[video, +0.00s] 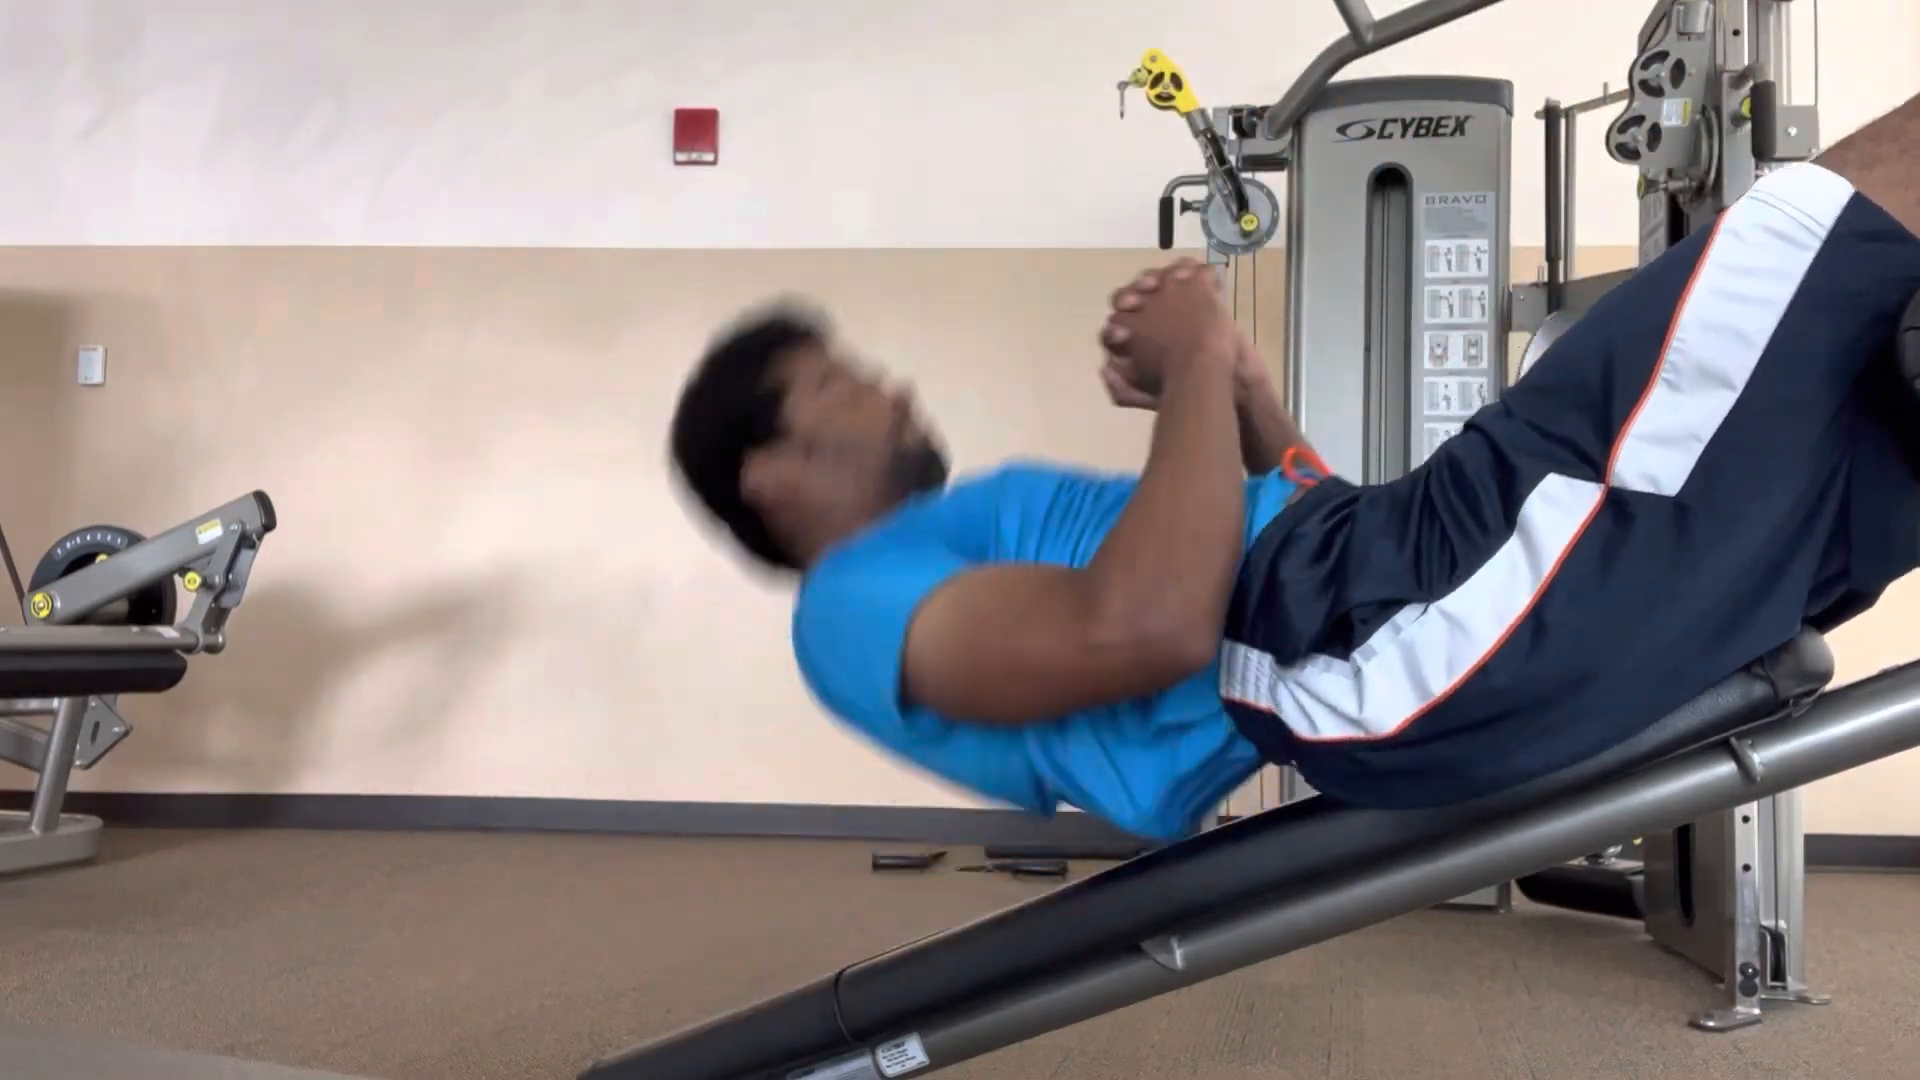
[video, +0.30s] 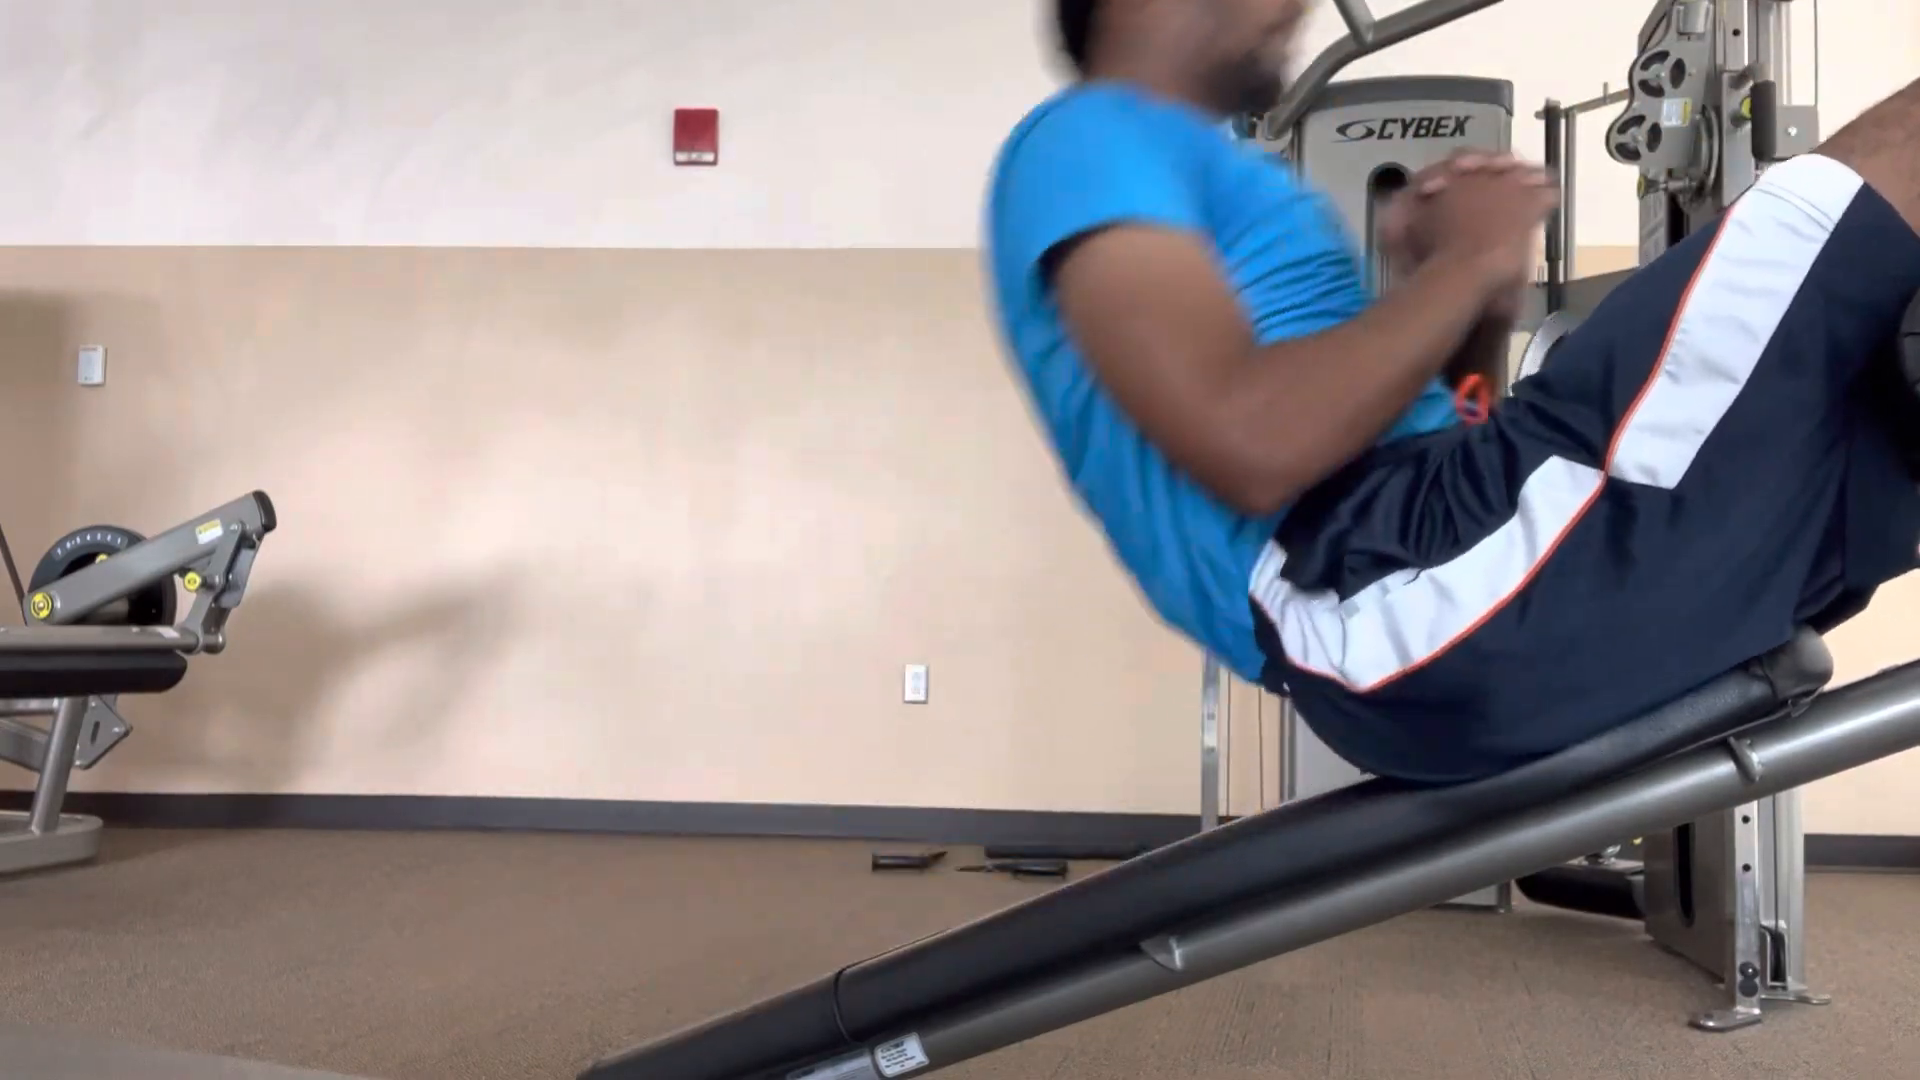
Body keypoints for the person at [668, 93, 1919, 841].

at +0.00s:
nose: (882, 380)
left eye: (859, 363)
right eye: (829, 379)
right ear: (767, 479)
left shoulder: (997, 534)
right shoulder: (849, 601)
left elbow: (1298, 541)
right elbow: (1139, 628)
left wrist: (1227, 376)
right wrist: (1202, 363)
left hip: (1402, 593)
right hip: (1360, 649)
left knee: (1883, 420)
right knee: (1882, 157)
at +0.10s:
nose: (980, 226)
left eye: (961, 200)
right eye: (934, 208)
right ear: (839, 280)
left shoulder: (1035, 404)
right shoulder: (866, 433)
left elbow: (1312, 531)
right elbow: (1120, 602)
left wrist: (1281, 384)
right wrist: (1248, 347)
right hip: (1366, 626)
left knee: (1898, 422)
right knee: (1879, 161)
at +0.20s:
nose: (1117, 100)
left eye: (1103, 69)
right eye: (1077, 71)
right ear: (964, 118)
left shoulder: (1125, 289)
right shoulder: (952, 279)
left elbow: (1318, 490)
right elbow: (1167, 513)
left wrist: (1368, 328)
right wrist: (1345, 298)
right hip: (1379, 612)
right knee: (1890, 149)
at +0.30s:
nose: (1296, 5)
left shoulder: (1245, 185)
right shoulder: (1089, 136)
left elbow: (1407, 460)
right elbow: (1250, 439)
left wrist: (1462, 296)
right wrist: (1467, 274)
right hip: (1385, 596)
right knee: (1896, 135)